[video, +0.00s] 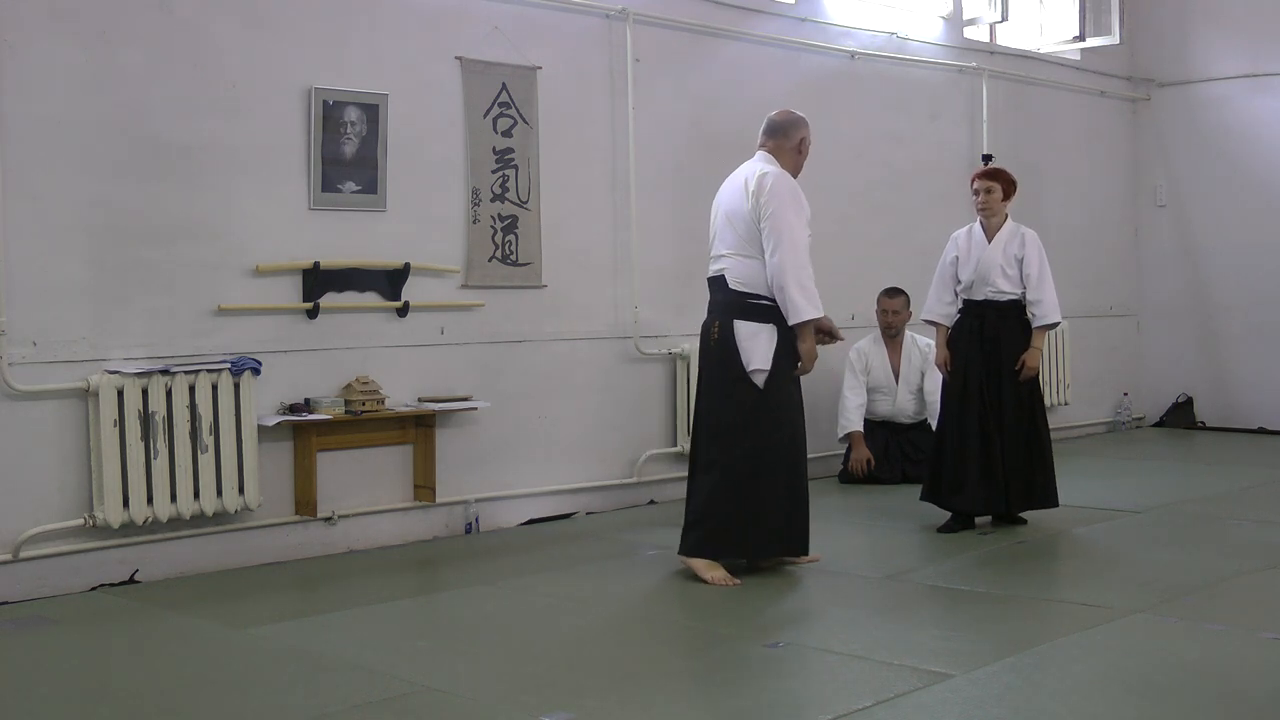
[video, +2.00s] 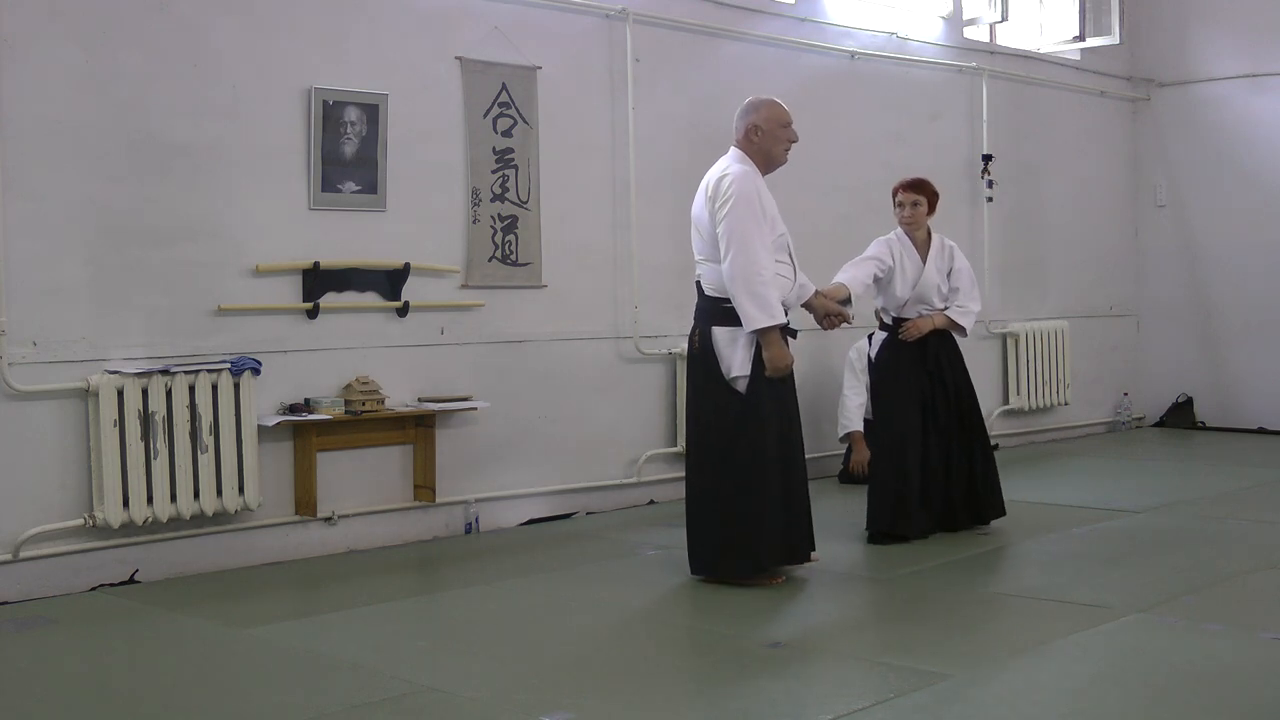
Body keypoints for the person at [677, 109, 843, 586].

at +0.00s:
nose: (808, 158)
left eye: (807, 149)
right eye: (808, 149)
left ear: (764, 141)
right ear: (799, 145)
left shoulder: (741, 179)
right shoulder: (777, 183)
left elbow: (767, 262)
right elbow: (787, 262)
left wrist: (811, 316)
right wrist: (804, 331)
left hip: (734, 317)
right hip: (753, 321)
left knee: (772, 434)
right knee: (737, 436)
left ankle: (770, 542)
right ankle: (700, 548)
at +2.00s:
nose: (794, 137)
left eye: (793, 129)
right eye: (786, 129)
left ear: (753, 133)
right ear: (754, 133)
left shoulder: (743, 179)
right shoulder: (738, 182)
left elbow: (770, 260)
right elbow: (746, 264)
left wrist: (813, 298)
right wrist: (770, 334)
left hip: (745, 327)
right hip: (736, 332)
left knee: (753, 444)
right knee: (742, 447)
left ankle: (755, 555)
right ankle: (736, 561)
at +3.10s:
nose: (785, 135)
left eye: (785, 128)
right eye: (775, 127)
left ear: (750, 134)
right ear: (743, 133)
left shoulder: (746, 180)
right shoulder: (733, 180)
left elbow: (767, 262)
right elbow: (740, 261)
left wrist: (805, 306)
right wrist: (766, 330)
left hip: (756, 324)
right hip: (731, 327)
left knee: (773, 438)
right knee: (734, 445)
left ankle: (780, 539)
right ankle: (730, 558)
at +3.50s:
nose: (782, 137)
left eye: (783, 129)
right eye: (772, 128)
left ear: (746, 134)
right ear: (740, 132)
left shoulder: (743, 181)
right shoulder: (730, 182)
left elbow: (764, 263)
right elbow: (736, 262)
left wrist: (804, 305)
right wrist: (764, 330)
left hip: (755, 327)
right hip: (730, 331)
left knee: (770, 440)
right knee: (734, 447)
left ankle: (778, 542)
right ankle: (731, 559)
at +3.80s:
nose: (782, 138)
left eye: (781, 129)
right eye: (773, 130)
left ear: (741, 133)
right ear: (741, 133)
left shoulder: (738, 181)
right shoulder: (728, 183)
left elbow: (762, 263)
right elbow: (733, 264)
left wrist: (802, 305)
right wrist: (763, 331)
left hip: (752, 328)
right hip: (728, 332)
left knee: (770, 441)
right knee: (733, 449)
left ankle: (779, 541)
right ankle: (732, 560)